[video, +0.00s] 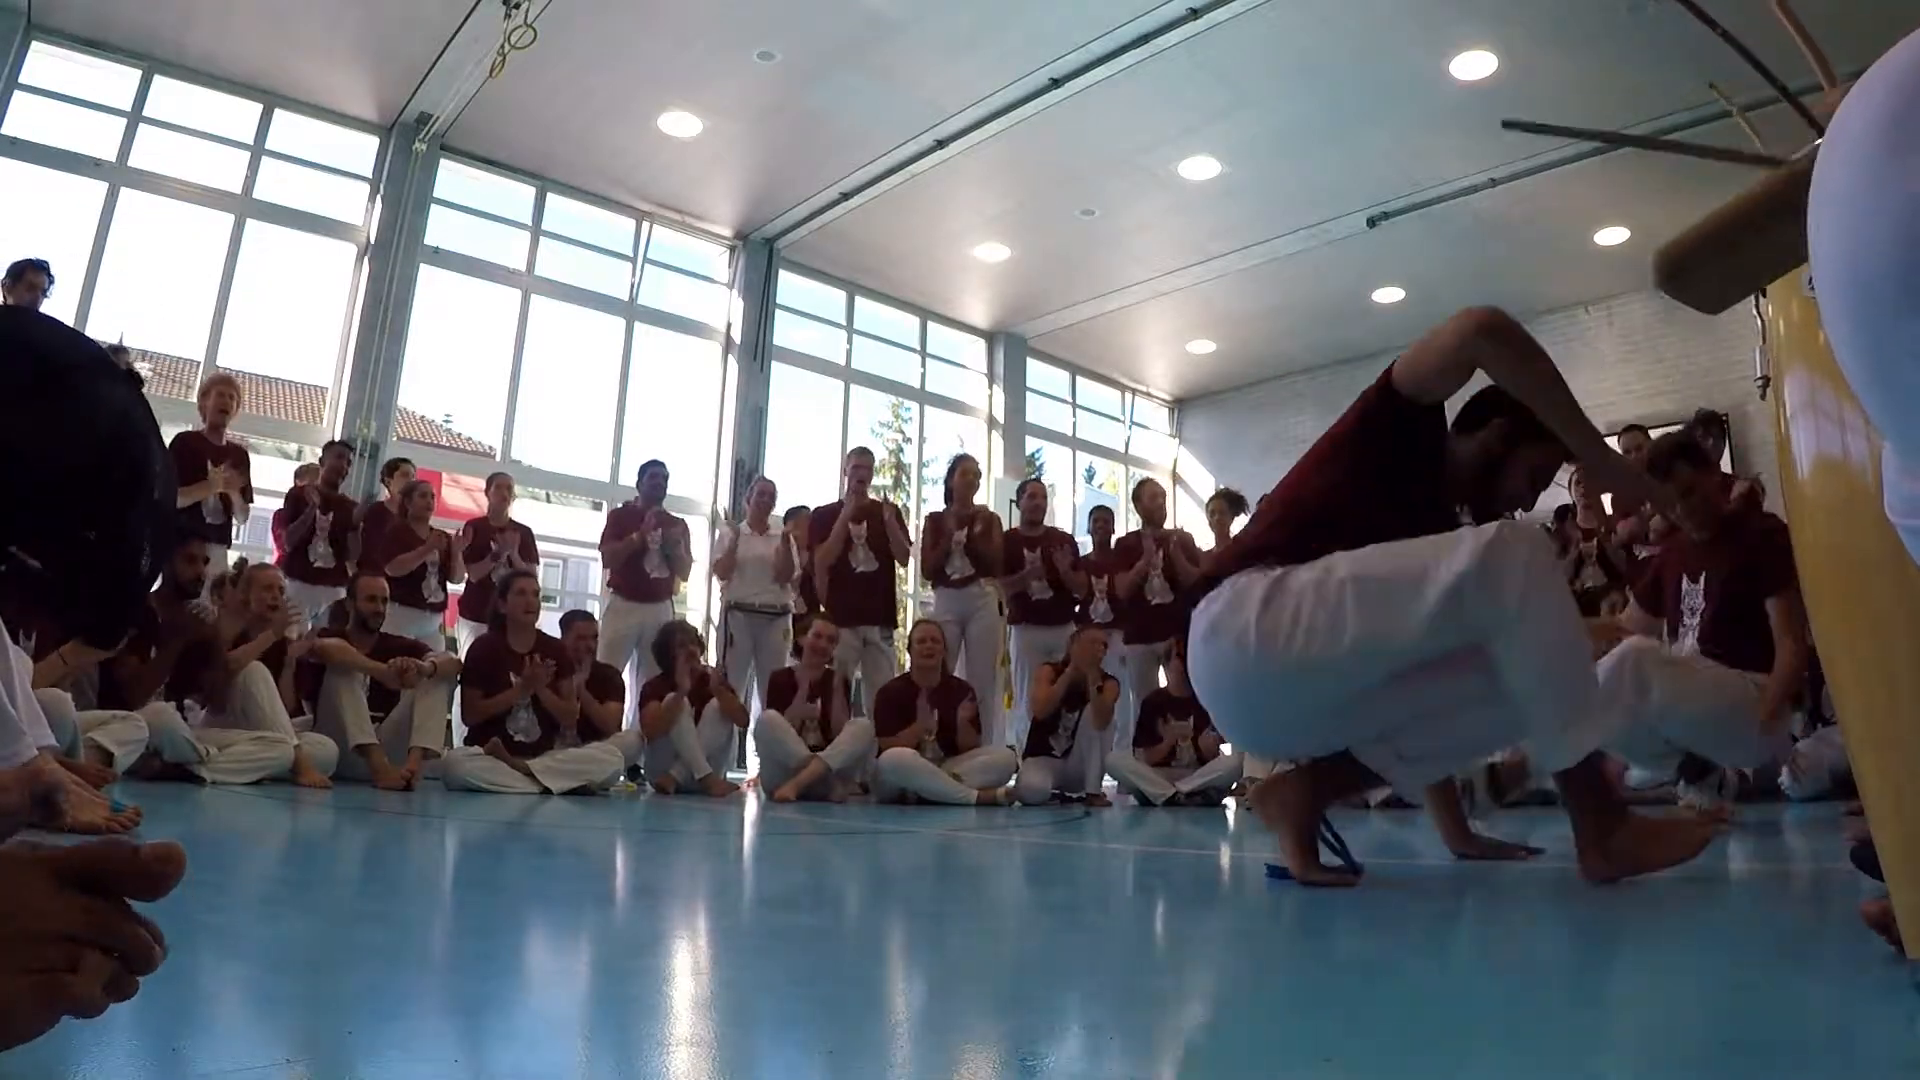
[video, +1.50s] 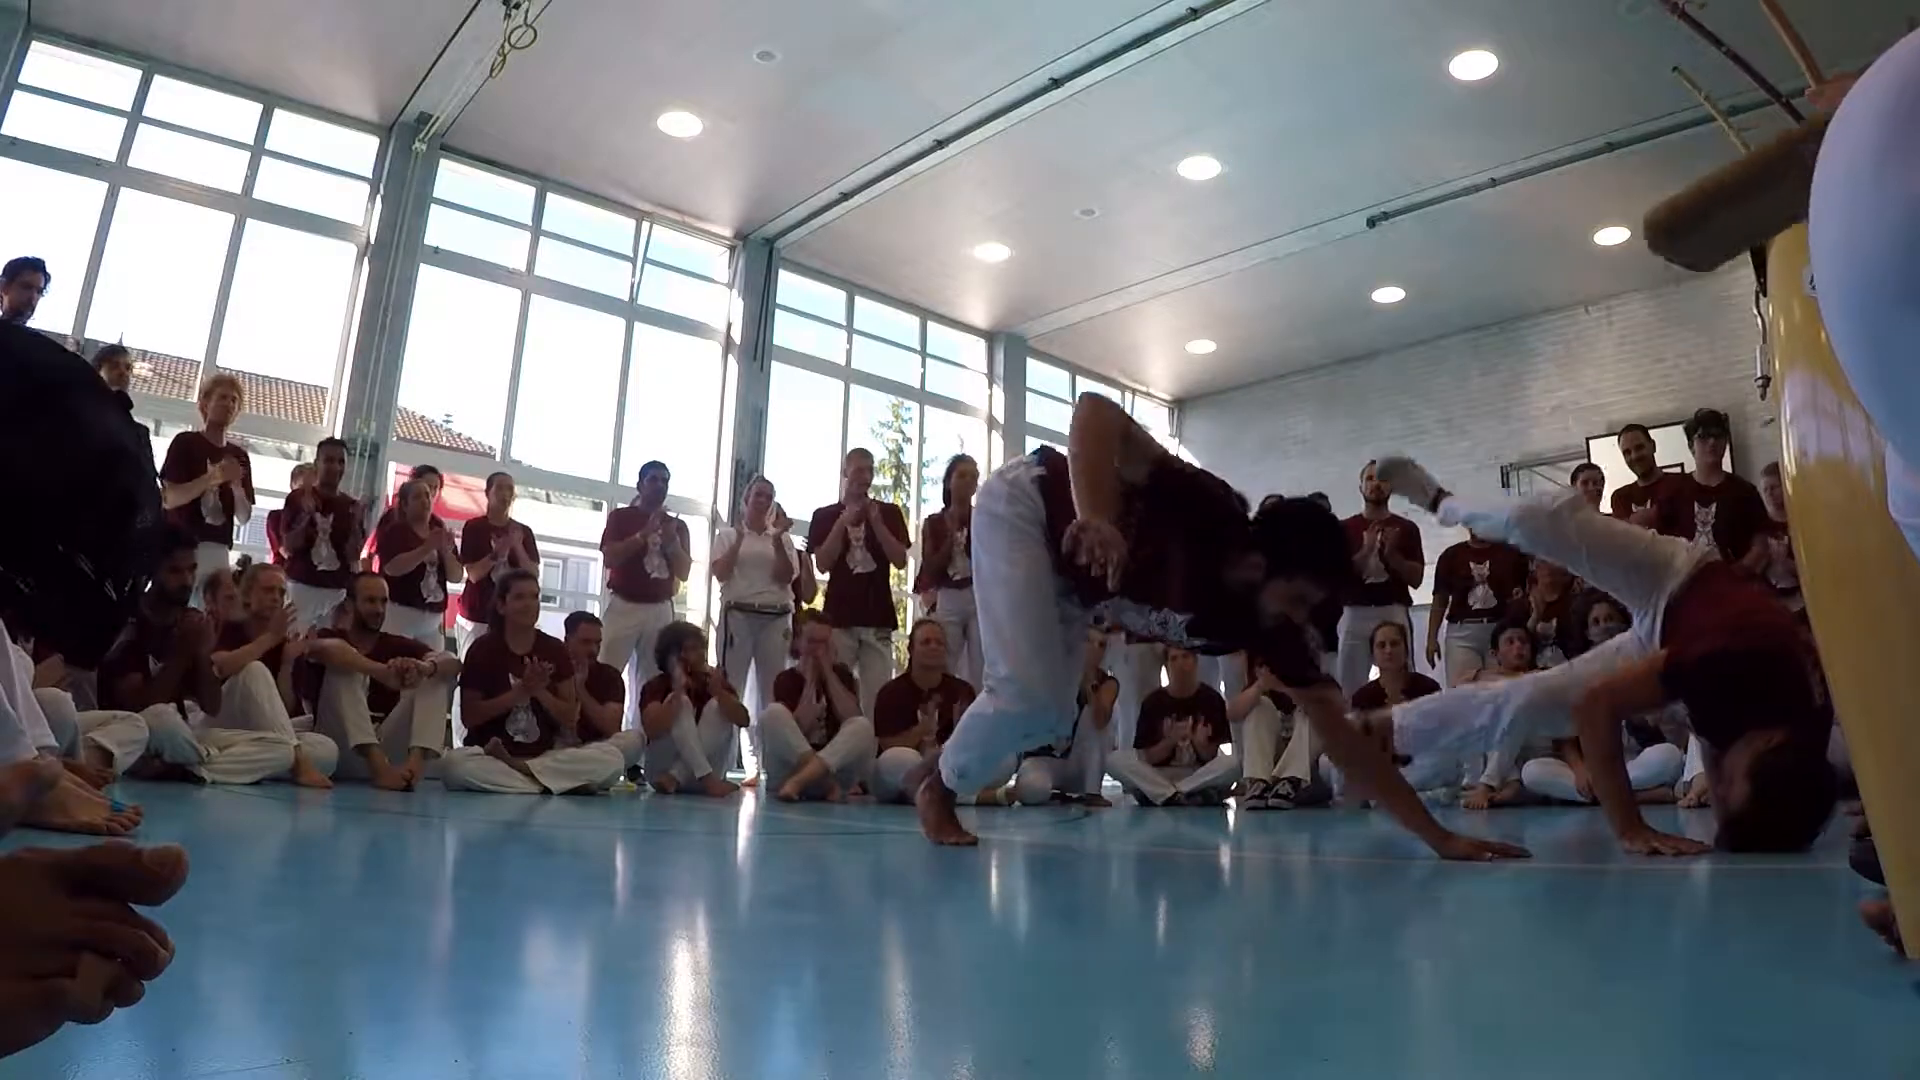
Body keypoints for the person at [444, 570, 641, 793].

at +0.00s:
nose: (531, 601)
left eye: (536, 595)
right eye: (521, 594)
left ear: (542, 601)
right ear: (502, 604)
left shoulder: (556, 649)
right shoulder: (483, 647)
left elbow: (570, 716)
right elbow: (470, 715)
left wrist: (539, 689)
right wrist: (521, 690)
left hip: (546, 756)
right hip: (489, 755)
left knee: (612, 759)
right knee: (455, 766)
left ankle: (524, 766)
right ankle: (549, 786)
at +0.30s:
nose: (531, 601)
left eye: (536, 595)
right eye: (521, 595)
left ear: (542, 602)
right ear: (501, 604)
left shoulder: (556, 649)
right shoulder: (482, 647)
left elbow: (571, 717)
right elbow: (470, 715)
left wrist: (539, 690)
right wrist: (520, 691)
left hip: (546, 755)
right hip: (489, 754)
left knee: (612, 759)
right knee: (454, 766)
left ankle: (524, 766)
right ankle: (550, 786)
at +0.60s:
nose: (531, 602)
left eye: (535, 595)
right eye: (521, 595)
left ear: (541, 602)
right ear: (501, 604)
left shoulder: (556, 649)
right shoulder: (482, 647)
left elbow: (570, 717)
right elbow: (469, 715)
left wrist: (538, 690)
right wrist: (519, 692)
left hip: (546, 755)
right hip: (489, 754)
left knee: (612, 759)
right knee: (454, 766)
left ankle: (524, 766)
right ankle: (549, 786)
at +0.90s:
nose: (531, 603)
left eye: (536, 596)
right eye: (521, 596)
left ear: (541, 602)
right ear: (501, 605)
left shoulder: (557, 649)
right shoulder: (482, 648)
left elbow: (570, 718)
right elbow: (469, 716)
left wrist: (537, 690)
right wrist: (520, 692)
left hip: (547, 755)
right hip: (489, 754)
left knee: (612, 759)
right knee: (454, 765)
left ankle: (523, 766)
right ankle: (549, 786)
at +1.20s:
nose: (530, 603)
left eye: (534, 596)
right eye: (520, 596)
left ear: (541, 602)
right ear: (501, 604)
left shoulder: (556, 649)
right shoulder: (482, 648)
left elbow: (570, 717)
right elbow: (469, 716)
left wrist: (538, 690)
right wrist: (521, 690)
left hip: (546, 757)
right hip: (490, 757)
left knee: (612, 759)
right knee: (454, 765)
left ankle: (521, 767)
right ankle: (547, 786)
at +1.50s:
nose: (530, 604)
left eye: (535, 597)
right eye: (520, 598)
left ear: (540, 603)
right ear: (501, 606)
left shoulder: (555, 648)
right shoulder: (482, 649)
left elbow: (569, 717)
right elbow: (470, 717)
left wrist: (539, 690)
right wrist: (523, 691)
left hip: (546, 757)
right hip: (490, 756)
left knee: (613, 759)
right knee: (454, 766)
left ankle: (525, 767)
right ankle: (544, 786)